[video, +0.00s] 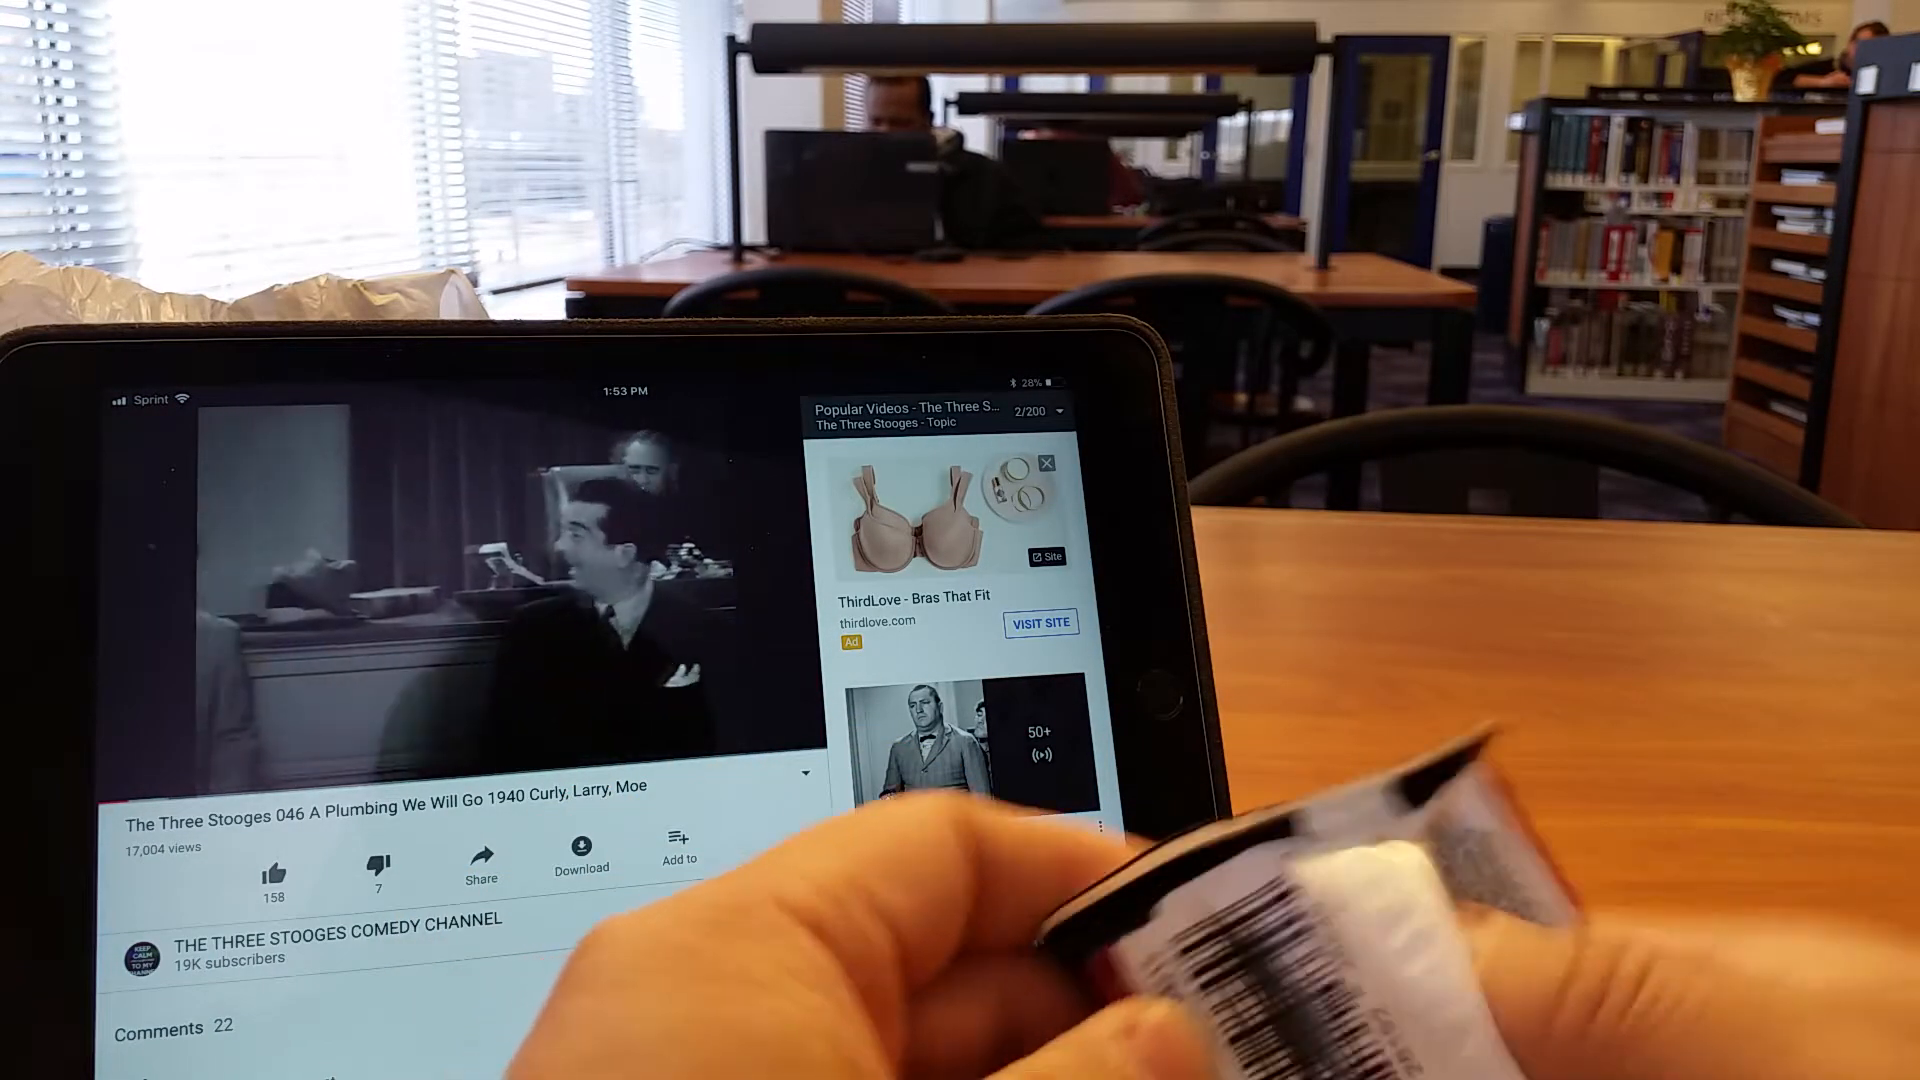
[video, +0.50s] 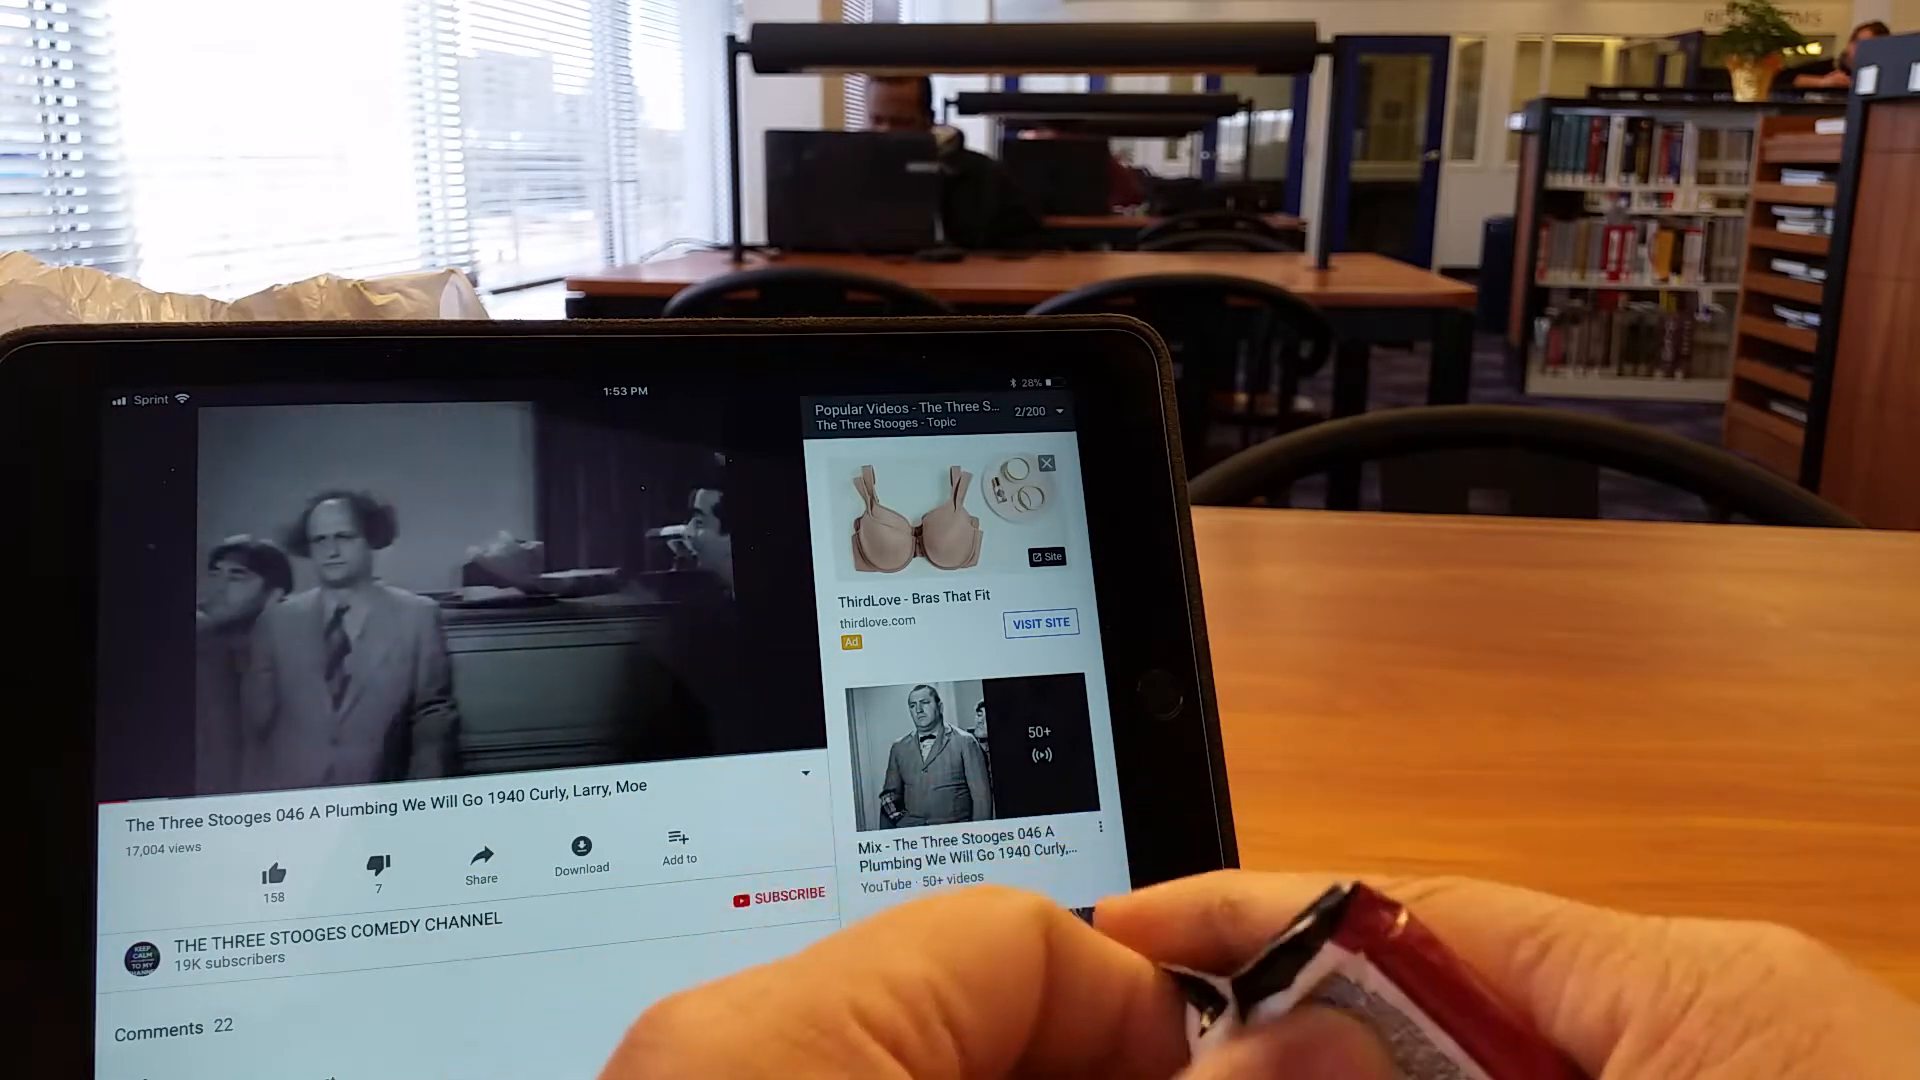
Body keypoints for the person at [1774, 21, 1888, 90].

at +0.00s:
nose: (1860, 50)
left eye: (1868, 45)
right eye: (1857, 43)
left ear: (1880, 50)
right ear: (1849, 44)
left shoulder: (1884, 78)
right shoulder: (1829, 68)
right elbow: (1780, 80)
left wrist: (1856, 84)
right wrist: (1824, 82)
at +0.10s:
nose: (1859, 50)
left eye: (1867, 45)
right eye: (1857, 43)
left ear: (1880, 50)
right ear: (1849, 44)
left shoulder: (1884, 77)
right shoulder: (1830, 68)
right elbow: (1781, 80)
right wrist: (1825, 82)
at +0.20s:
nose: (1860, 50)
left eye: (1867, 45)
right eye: (1857, 43)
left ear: (1880, 50)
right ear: (1849, 44)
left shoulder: (1885, 77)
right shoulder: (1830, 68)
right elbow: (1781, 80)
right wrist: (1824, 82)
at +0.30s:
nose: (1860, 50)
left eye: (1867, 45)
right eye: (1857, 43)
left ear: (1880, 50)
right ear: (1849, 44)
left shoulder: (1885, 77)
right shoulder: (1830, 68)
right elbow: (1781, 80)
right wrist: (1824, 82)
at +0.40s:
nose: (1860, 50)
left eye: (1867, 45)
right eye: (1857, 43)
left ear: (1880, 50)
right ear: (1849, 44)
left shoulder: (1885, 77)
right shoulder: (1830, 68)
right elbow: (1781, 80)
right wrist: (1824, 82)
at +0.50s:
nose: (1859, 50)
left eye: (1867, 45)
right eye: (1857, 42)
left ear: (1880, 50)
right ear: (1849, 44)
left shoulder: (1885, 77)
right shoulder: (1830, 68)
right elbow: (1781, 79)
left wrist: (1855, 85)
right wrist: (1823, 82)